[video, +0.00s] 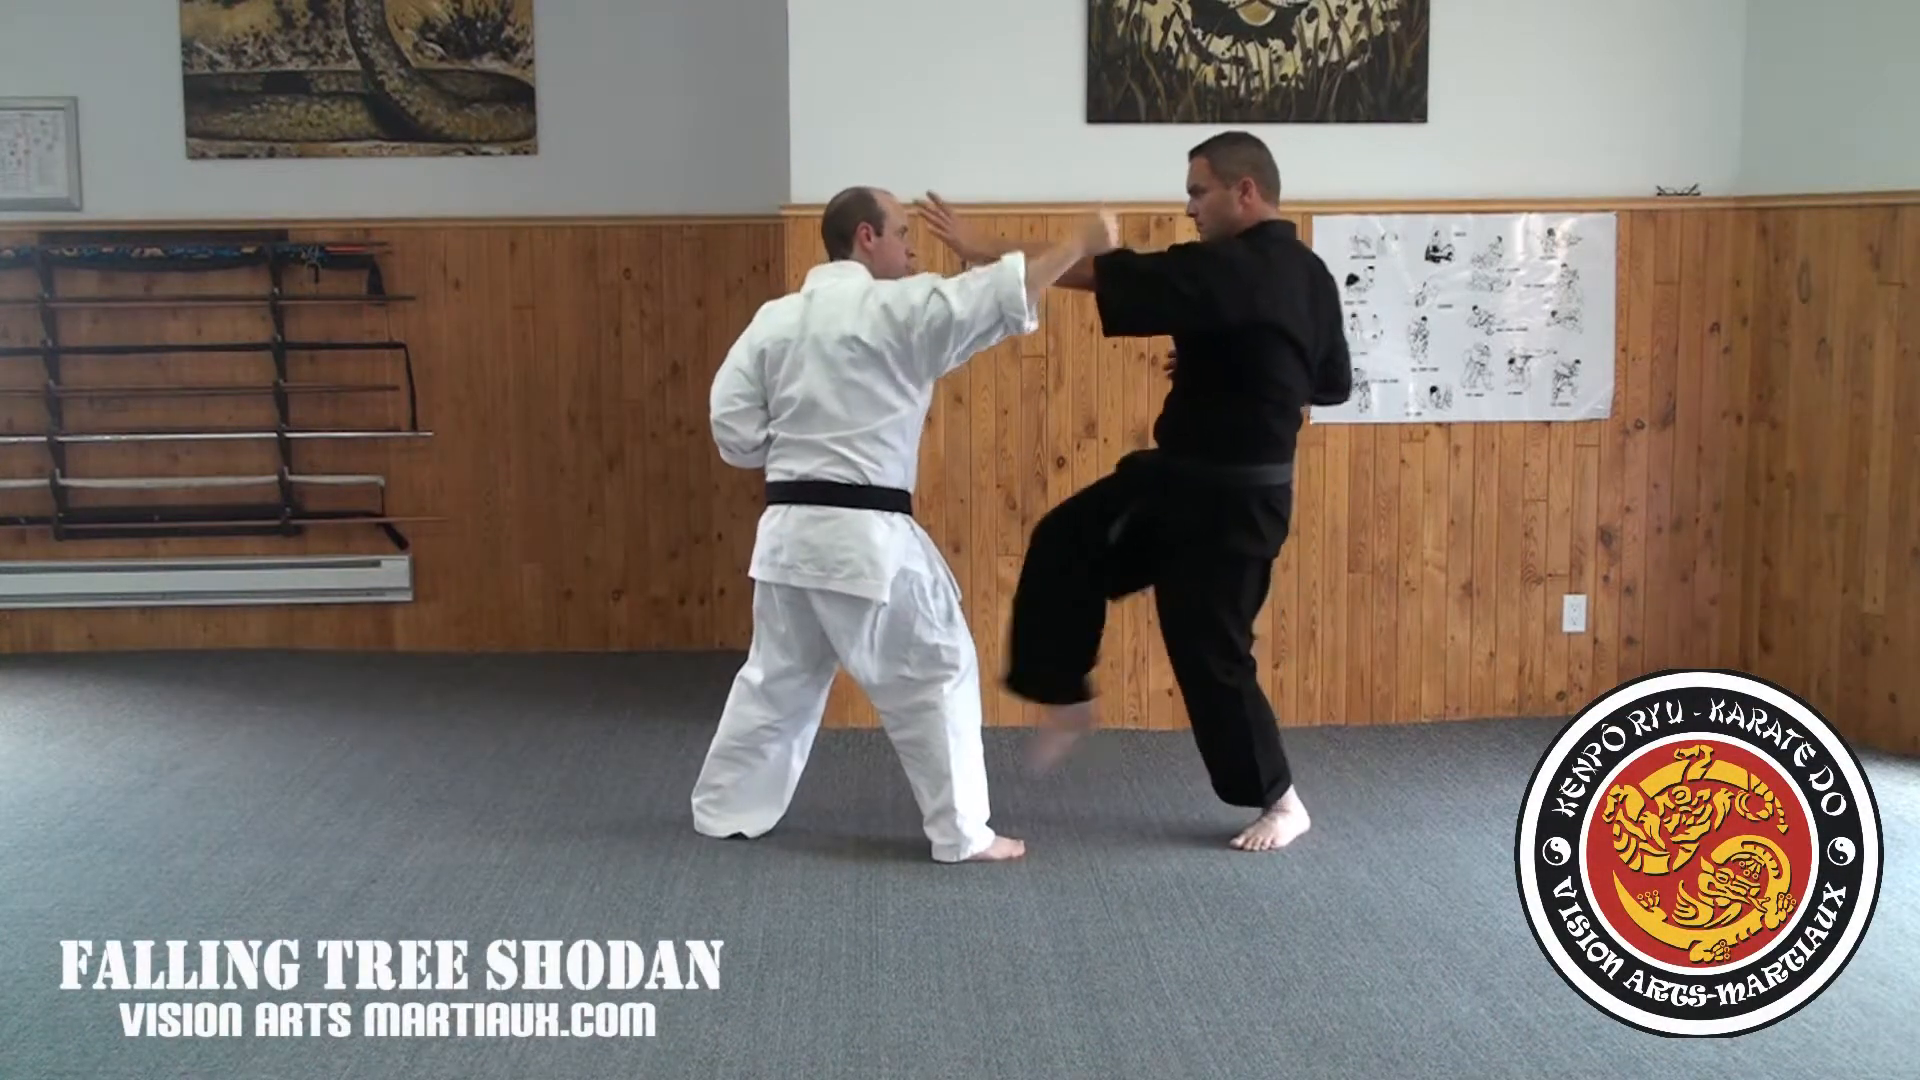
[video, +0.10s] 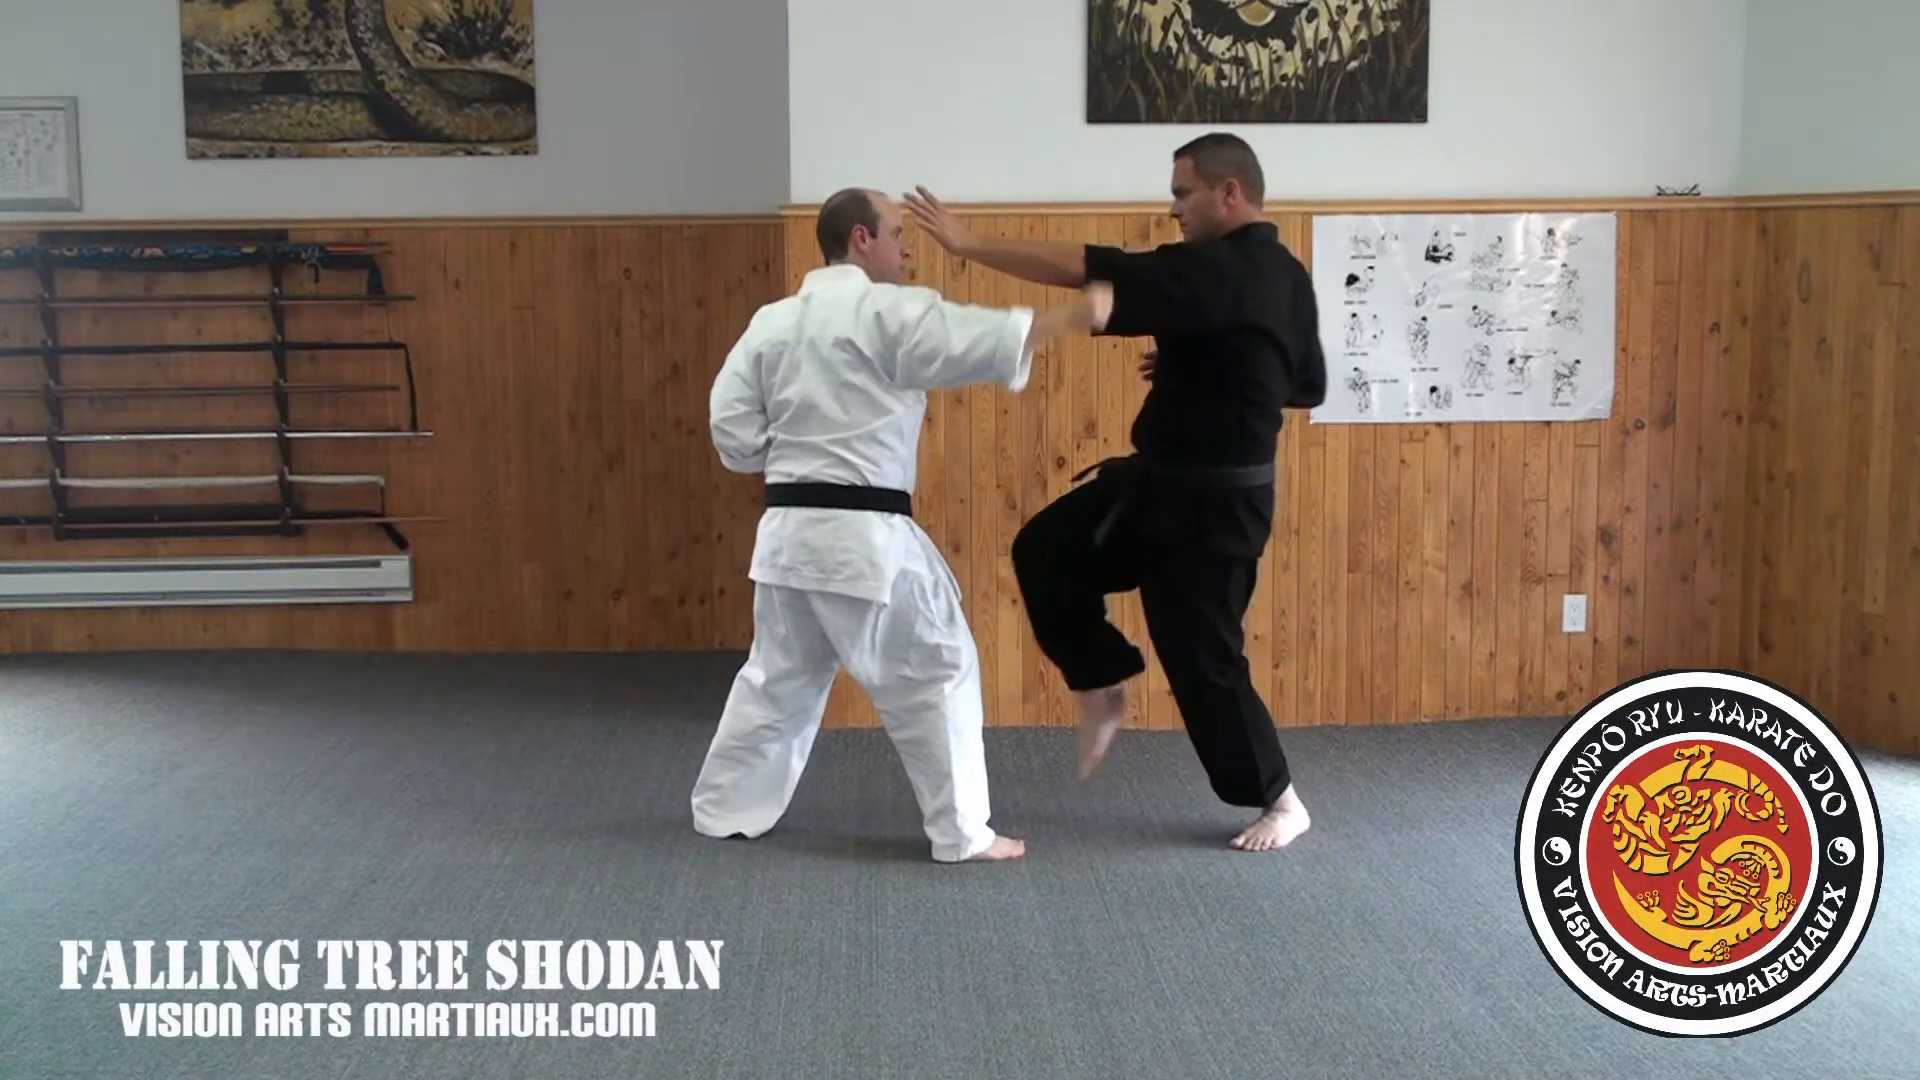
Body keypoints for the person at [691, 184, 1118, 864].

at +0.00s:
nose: (911, 249)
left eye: (910, 235)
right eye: (903, 236)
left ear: (841, 243)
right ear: (866, 240)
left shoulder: (775, 316)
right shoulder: (903, 305)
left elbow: (730, 416)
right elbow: (991, 293)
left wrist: (783, 462)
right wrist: (1079, 246)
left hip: (784, 529)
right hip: (869, 534)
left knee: (774, 675)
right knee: (935, 673)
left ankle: (722, 812)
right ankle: (962, 833)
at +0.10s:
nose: (906, 252)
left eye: (905, 237)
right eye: (898, 238)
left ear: (837, 244)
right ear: (861, 241)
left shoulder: (772, 320)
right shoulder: (889, 310)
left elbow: (729, 421)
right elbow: (988, 336)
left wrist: (781, 466)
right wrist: (1078, 311)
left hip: (784, 533)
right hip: (869, 537)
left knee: (775, 675)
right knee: (937, 671)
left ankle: (721, 810)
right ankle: (962, 833)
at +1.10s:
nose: (842, 241)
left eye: (833, 231)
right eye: (830, 234)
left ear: (786, 268)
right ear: (807, 257)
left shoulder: (754, 354)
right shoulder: (863, 334)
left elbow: (737, 474)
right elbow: (900, 453)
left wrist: (801, 492)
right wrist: (938, 541)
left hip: (803, 551)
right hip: (883, 546)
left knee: (788, 679)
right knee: (969, 666)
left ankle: (723, 807)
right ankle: (966, 829)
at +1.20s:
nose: (842, 244)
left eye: (833, 234)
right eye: (830, 236)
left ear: (784, 268)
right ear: (807, 257)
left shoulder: (752, 354)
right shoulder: (861, 333)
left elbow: (736, 472)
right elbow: (898, 451)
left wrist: (800, 490)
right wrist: (936, 538)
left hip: (801, 550)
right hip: (880, 546)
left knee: (787, 679)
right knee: (968, 666)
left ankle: (722, 807)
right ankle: (965, 829)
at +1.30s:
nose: (842, 244)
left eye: (833, 234)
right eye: (830, 237)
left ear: (785, 268)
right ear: (807, 257)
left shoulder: (752, 353)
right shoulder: (860, 331)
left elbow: (734, 472)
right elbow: (896, 450)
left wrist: (799, 488)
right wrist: (935, 538)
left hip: (800, 550)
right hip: (880, 545)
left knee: (787, 679)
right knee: (968, 666)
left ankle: (722, 807)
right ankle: (965, 830)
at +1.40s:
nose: (842, 245)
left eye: (834, 235)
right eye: (830, 237)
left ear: (783, 268)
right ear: (807, 257)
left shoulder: (751, 352)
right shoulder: (858, 330)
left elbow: (734, 471)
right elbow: (895, 447)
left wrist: (798, 488)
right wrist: (934, 536)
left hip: (801, 549)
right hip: (880, 543)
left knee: (787, 679)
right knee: (967, 666)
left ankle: (722, 807)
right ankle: (966, 829)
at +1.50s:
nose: (839, 247)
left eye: (831, 237)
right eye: (828, 239)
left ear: (780, 267)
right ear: (803, 257)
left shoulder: (749, 353)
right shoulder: (856, 329)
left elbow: (735, 474)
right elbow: (894, 444)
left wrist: (799, 487)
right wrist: (934, 533)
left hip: (801, 547)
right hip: (880, 540)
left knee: (787, 679)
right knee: (965, 666)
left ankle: (721, 807)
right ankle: (965, 830)